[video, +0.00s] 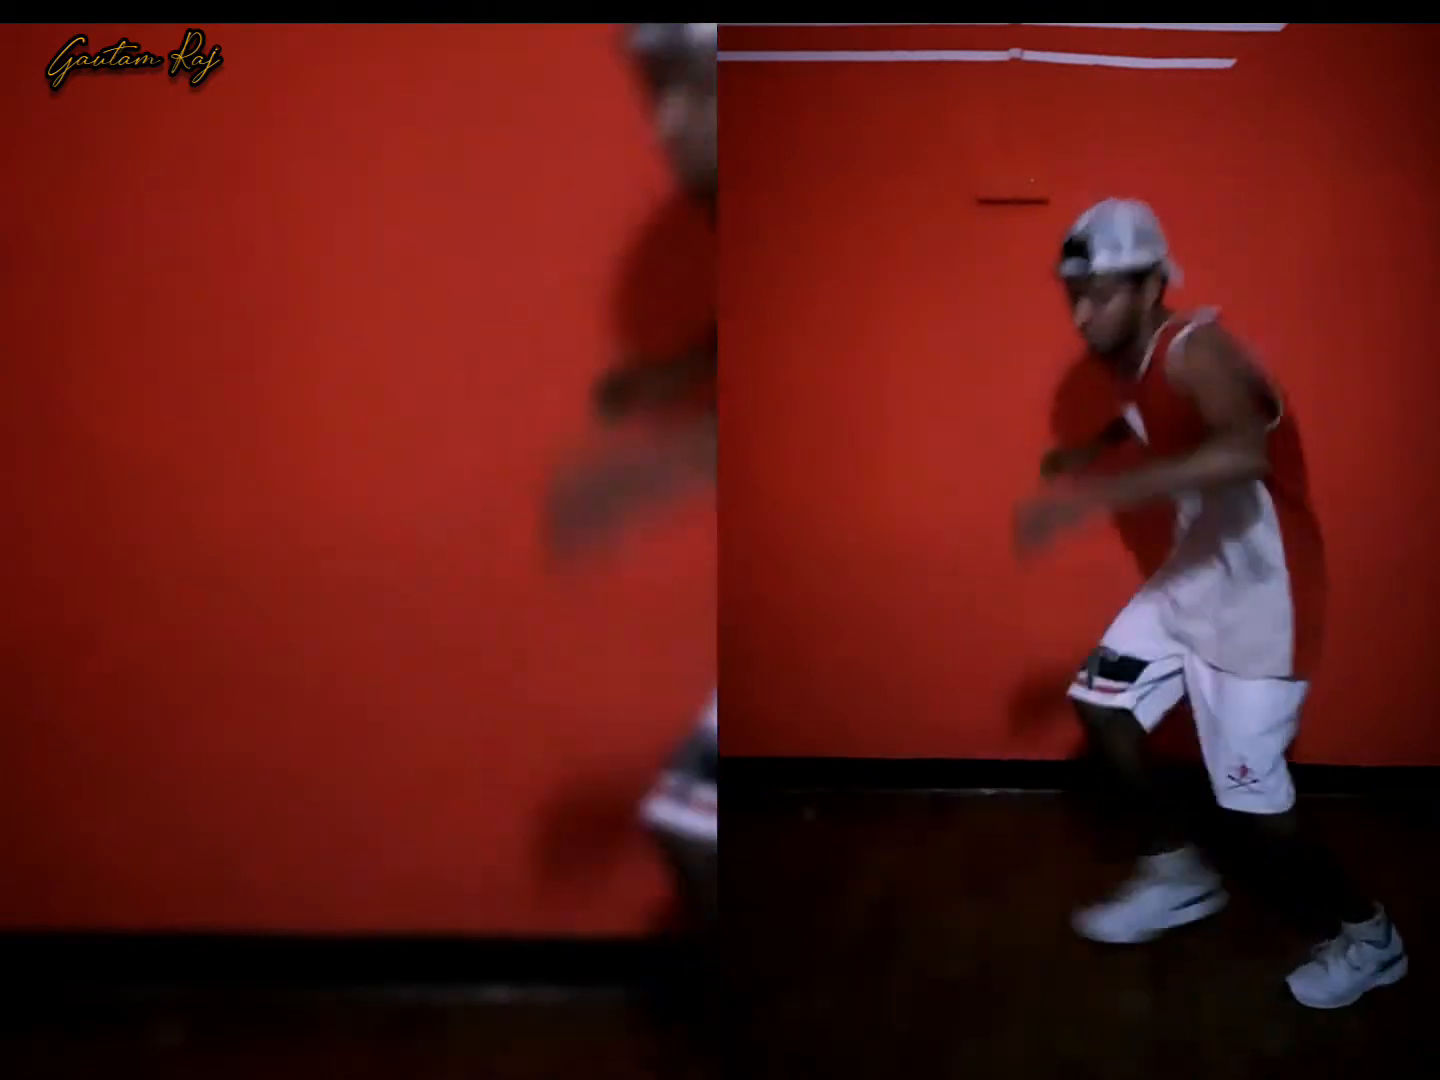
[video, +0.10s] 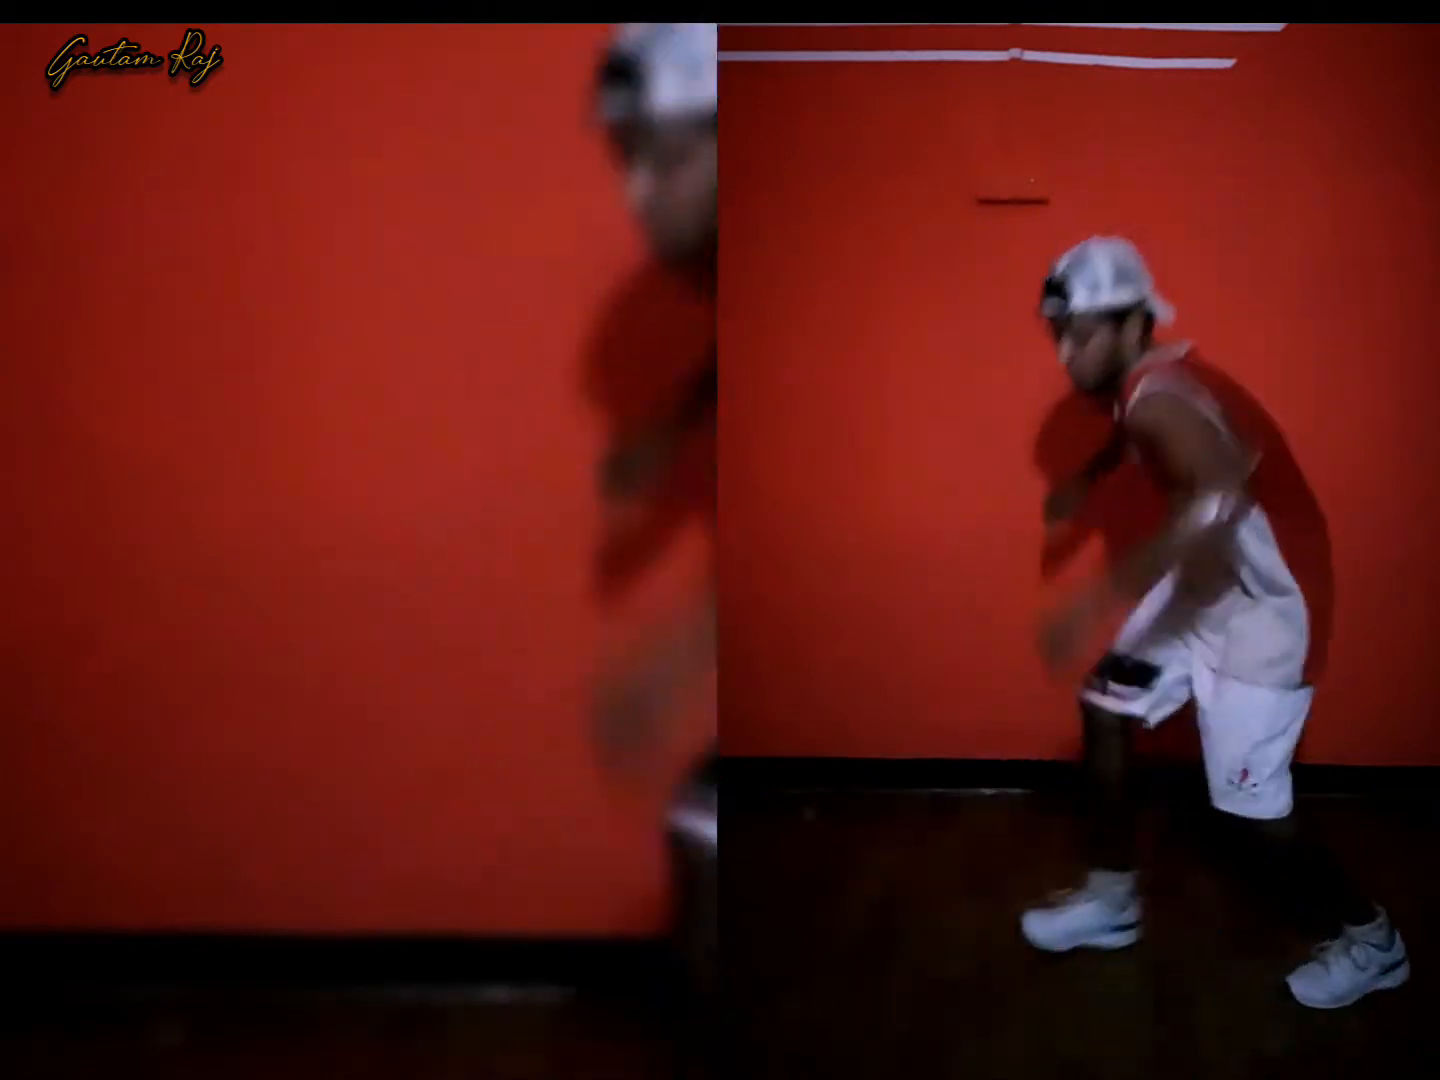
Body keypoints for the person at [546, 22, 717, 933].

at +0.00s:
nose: (675, 115)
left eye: (694, 81)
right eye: (660, 83)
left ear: (746, 83)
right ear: (644, 93)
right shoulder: (700, 231)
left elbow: (767, 378)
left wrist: (663, 463)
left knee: (697, 811)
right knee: (690, 813)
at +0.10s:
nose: (646, 187)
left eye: (674, 150)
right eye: (631, 154)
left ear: (736, 148)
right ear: (612, 153)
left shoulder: (761, 305)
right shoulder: (663, 316)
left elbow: (762, 532)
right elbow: (629, 504)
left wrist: (676, 673)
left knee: (702, 817)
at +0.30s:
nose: (554, 224)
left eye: (576, 189)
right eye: (545, 191)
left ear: (677, 161)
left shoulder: (753, 293)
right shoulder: (659, 294)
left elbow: (744, 526)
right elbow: (713, 514)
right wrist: (632, 707)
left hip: (780, 611)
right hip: (742, 608)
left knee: (665, 876)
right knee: (659, 871)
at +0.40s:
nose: (550, 125)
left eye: (577, 87)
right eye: (537, 92)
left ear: (671, 70)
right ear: (527, 94)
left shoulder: (786, 213)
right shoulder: (597, 247)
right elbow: (625, 467)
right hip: (708, 562)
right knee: (624, 878)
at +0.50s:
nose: (590, 45)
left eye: (618, 22)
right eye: (578, 26)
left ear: (693, 27)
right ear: (566, 42)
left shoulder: (777, 163)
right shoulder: (568, 175)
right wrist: (481, 305)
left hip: (738, 618)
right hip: (619, 599)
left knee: (601, 906)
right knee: (556, 900)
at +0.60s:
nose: (632, 51)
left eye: (662, 26)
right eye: (617, 30)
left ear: (725, 39)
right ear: (599, 47)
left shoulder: (791, 196)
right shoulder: (563, 193)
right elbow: (308, 304)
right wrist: (412, 260)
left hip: (697, 647)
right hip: (549, 623)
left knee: (478, 964)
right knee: (467, 961)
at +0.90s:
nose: (626, 59)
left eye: (659, 32)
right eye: (599, 32)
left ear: (712, 56)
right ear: (567, 53)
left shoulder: (784, 204)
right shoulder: (553, 186)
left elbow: (789, 476)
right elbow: (539, 392)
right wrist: (544, 609)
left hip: (786, 562)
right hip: (664, 563)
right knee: (573, 883)